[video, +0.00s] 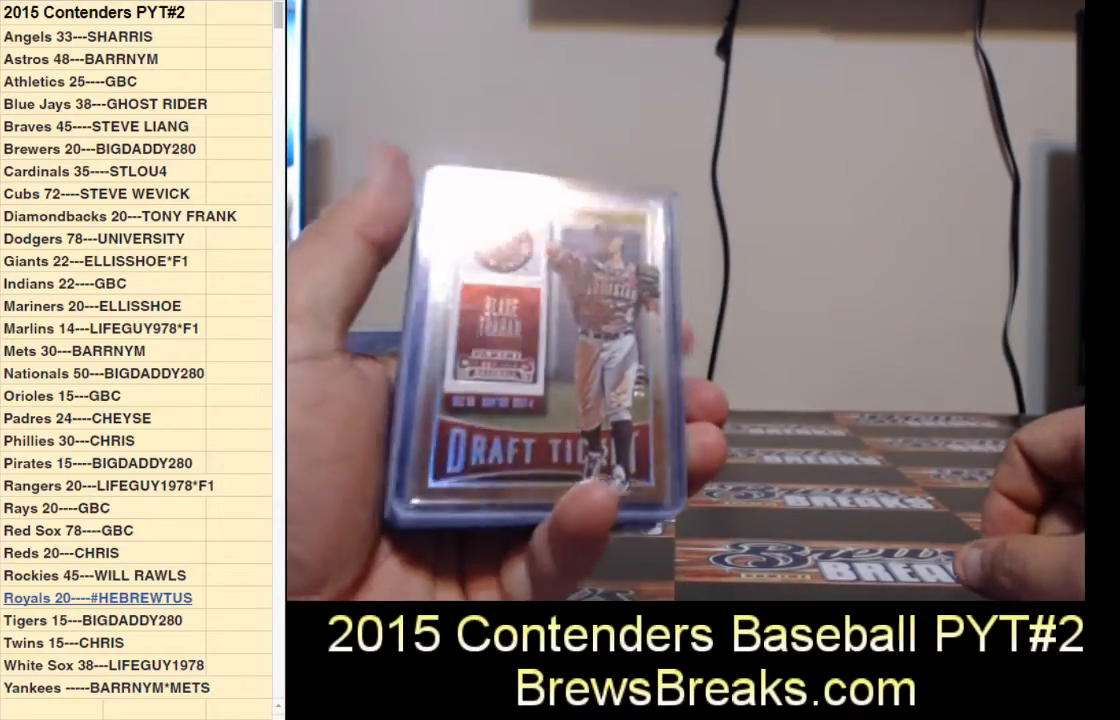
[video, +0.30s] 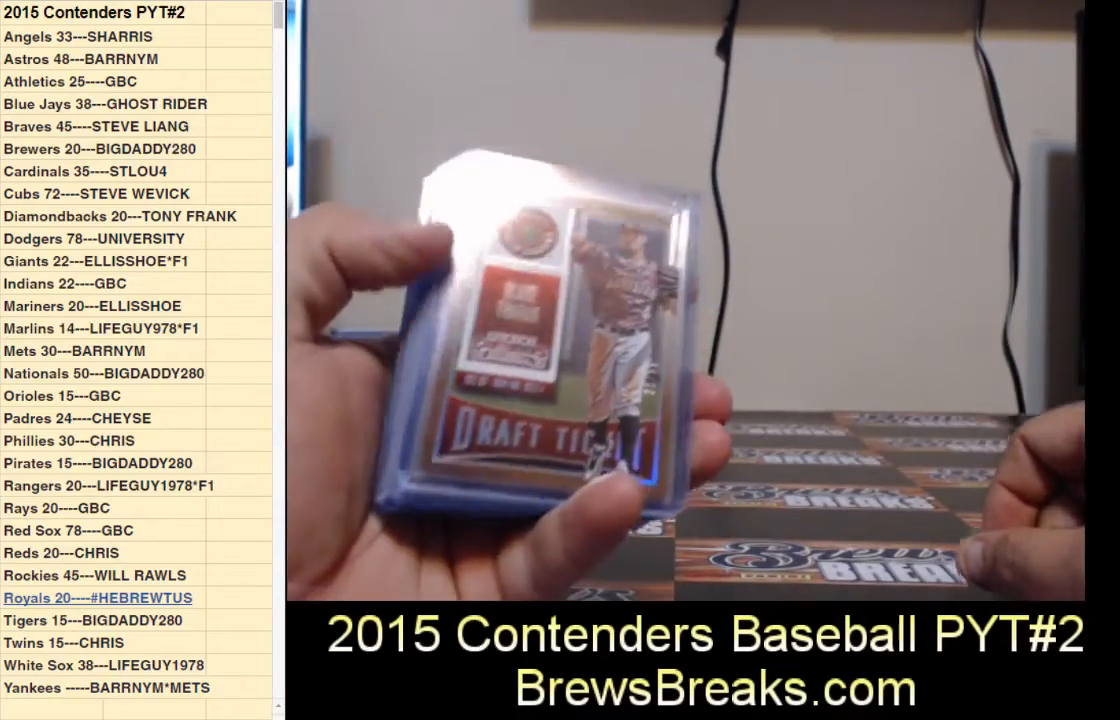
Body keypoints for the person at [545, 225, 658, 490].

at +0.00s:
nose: (603, 243)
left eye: (609, 238)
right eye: (599, 237)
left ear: (620, 241)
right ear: (594, 240)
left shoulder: (633, 273)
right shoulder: (583, 267)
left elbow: (653, 306)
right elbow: (562, 261)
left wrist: (653, 290)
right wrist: (557, 257)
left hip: (622, 341)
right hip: (589, 342)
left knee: (619, 404)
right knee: (588, 404)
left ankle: (621, 468)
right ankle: (594, 458)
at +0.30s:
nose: (629, 239)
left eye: (635, 234)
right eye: (625, 233)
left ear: (644, 240)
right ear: (620, 237)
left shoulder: (653, 270)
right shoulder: (605, 259)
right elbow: (578, 248)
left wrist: (680, 290)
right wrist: (581, 246)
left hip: (636, 336)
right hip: (604, 334)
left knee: (629, 399)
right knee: (599, 397)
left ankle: (626, 462)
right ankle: (598, 457)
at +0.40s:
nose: (639, 236)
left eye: (646, 231)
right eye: (636, 230)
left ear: (657, 237)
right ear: (630, 234)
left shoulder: (665, 267)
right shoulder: (616, 257)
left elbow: (677, 304)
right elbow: (589, 235)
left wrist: (683, 287)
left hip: (649, 331)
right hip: (618, 328)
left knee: (642, 393)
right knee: (613, 390)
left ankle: (640, 453)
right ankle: (613, 442)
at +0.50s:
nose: (649, 234)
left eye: (655, 230)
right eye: (646, 229)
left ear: (664, 235)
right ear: (640, 232)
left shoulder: (672, 265)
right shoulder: (628, 254)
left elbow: (683, 296)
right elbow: (604, 241)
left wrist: (690, 283)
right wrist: (604, 238)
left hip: (658, 323)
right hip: (627, 321)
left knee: (652, 386)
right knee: (623, 383)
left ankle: (648, 443)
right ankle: (623, 436)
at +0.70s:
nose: (672, 235)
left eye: (677, 229)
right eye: (667, 228)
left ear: (686, 233)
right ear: (659, 231)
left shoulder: (695, 263)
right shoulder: (648, 257)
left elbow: (711, 296)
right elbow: (622, 246)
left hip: (685, 328)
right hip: (654, 328)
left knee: (680, 393)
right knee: (650, 393)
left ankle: (681, 454)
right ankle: (653, 452)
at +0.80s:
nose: (702, 252)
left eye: (708, 247)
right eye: (698, 245)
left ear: (714, 249)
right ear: (691, 247)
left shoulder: (723, 275)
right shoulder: (675, 267)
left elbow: (735, 307)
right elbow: (645, 257)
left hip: (714, 340)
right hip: (682, 339)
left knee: (709, 403)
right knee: (679, 400)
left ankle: (710, 462)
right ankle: (682, 457)